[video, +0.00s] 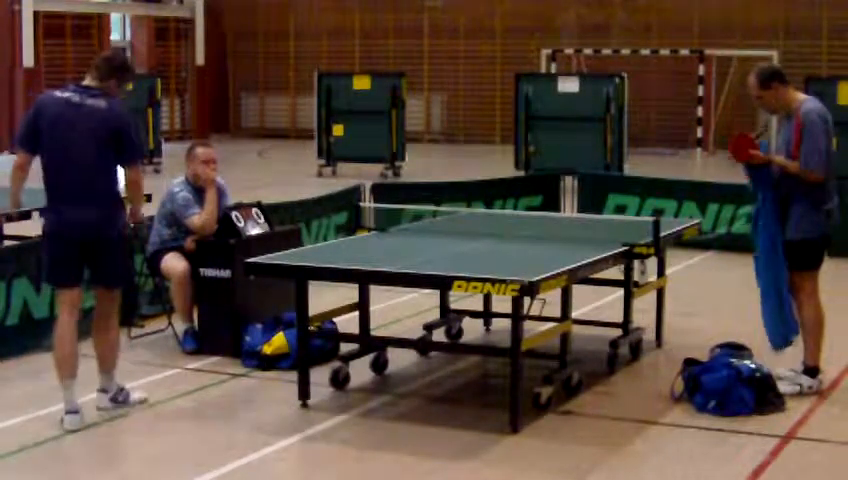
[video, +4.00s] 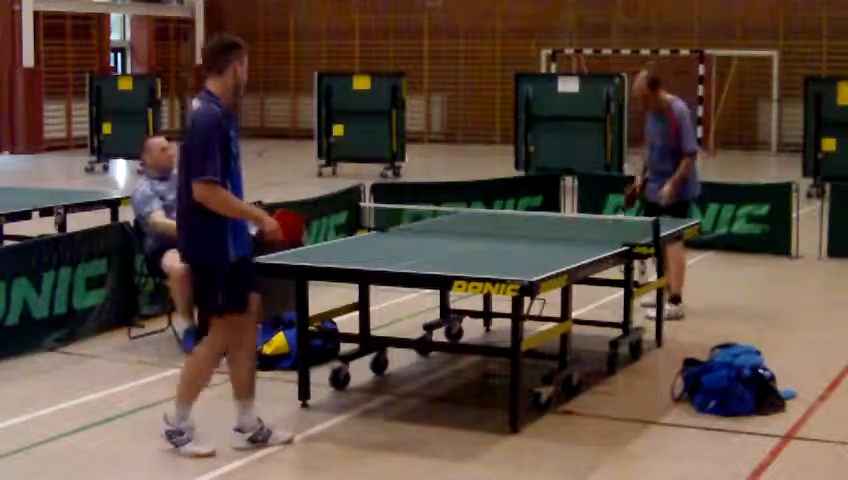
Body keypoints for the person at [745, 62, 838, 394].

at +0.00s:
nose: (761, 106)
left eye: (761, 98)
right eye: (758, 100)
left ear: (776, 88)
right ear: (775, 89)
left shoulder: (811, 115)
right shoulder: (790, 117)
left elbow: (814, 172)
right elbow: (789, 168)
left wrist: (773, 159)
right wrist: (758, 160)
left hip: (809, 216)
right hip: (792, 214)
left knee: (805, 289)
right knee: (798, 288)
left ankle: (811, 370)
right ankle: (808, 366)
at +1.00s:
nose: (759, 109)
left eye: (760, 101)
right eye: (755, 103)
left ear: (776, 91)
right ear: (763, 97)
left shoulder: (812, 115)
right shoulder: (771, 121)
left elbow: (842, 168)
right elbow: (768, 174)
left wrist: (816, 198)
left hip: (808, 215)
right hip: (779, 214)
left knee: (804, 289)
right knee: (794, 288)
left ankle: (813, 370)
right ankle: (812, 361)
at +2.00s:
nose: (747, 90)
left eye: (749, 83)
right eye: (747, 84)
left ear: (760, 81)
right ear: (776, 80)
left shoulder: (762, 112)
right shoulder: (806, 110)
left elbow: (753, 164)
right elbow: (814, 159)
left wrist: (736, 167)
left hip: (766, 210)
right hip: (800, 209)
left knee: (742, 267)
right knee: (788, 275)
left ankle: (763, 340)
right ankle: (790, 353)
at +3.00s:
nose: (700, 89)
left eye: (699, 86)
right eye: (703, 85)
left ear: (702, 84)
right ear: (724, 81)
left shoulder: (698, 109)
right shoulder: (747, 107)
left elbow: (686, 148)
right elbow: (769, 147)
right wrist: (754, 173)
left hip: (707, 193)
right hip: (738, 192)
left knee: (698, 250)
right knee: (727, 253)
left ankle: (715, 295)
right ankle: (724, 315)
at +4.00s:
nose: (642, 102)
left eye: (644, 96)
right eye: (639, 97)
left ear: (656, 91)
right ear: (645, 93)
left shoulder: (678, 110)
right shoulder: (652, 110)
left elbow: (690, 154)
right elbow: (652, 151)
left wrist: (672, 184)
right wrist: (641, 177)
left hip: (676, 188)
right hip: (655, 186)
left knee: (674, 241)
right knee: (659, 242)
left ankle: (675, 299)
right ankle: (662, 293)